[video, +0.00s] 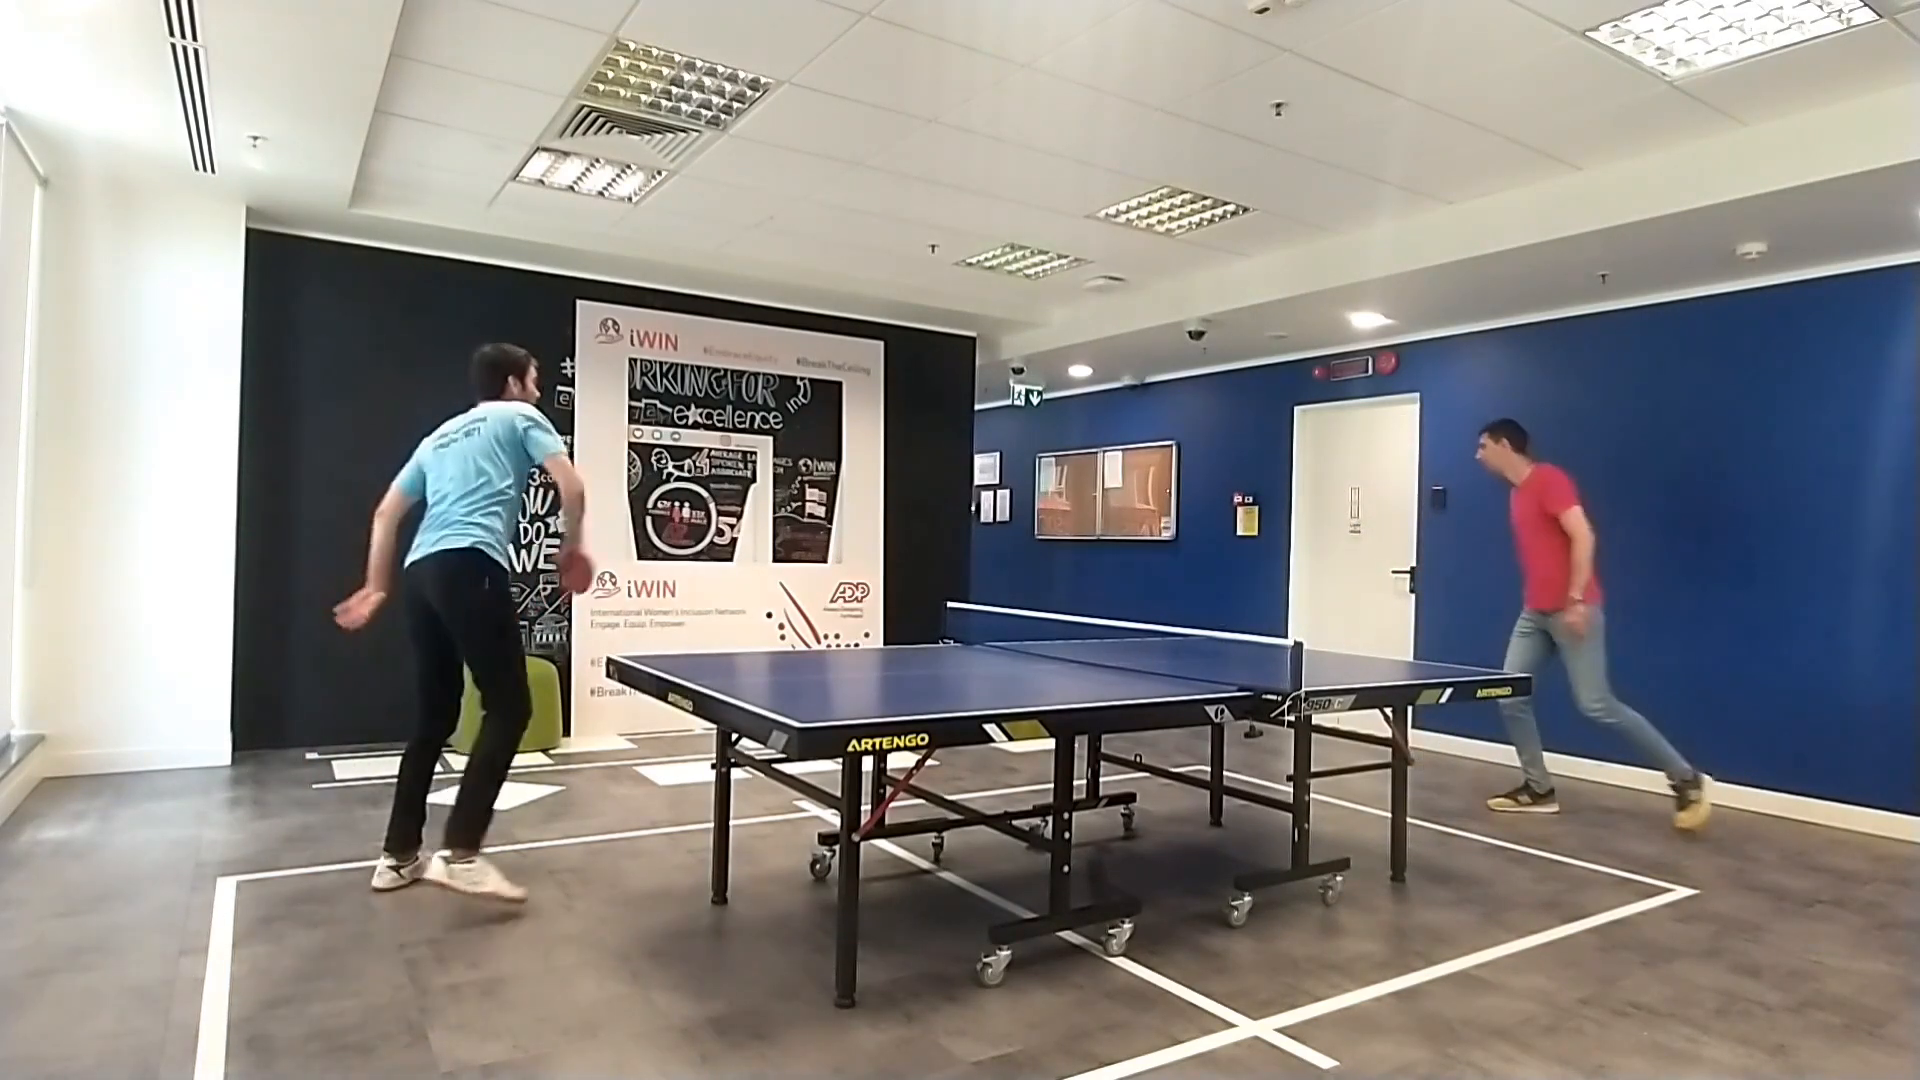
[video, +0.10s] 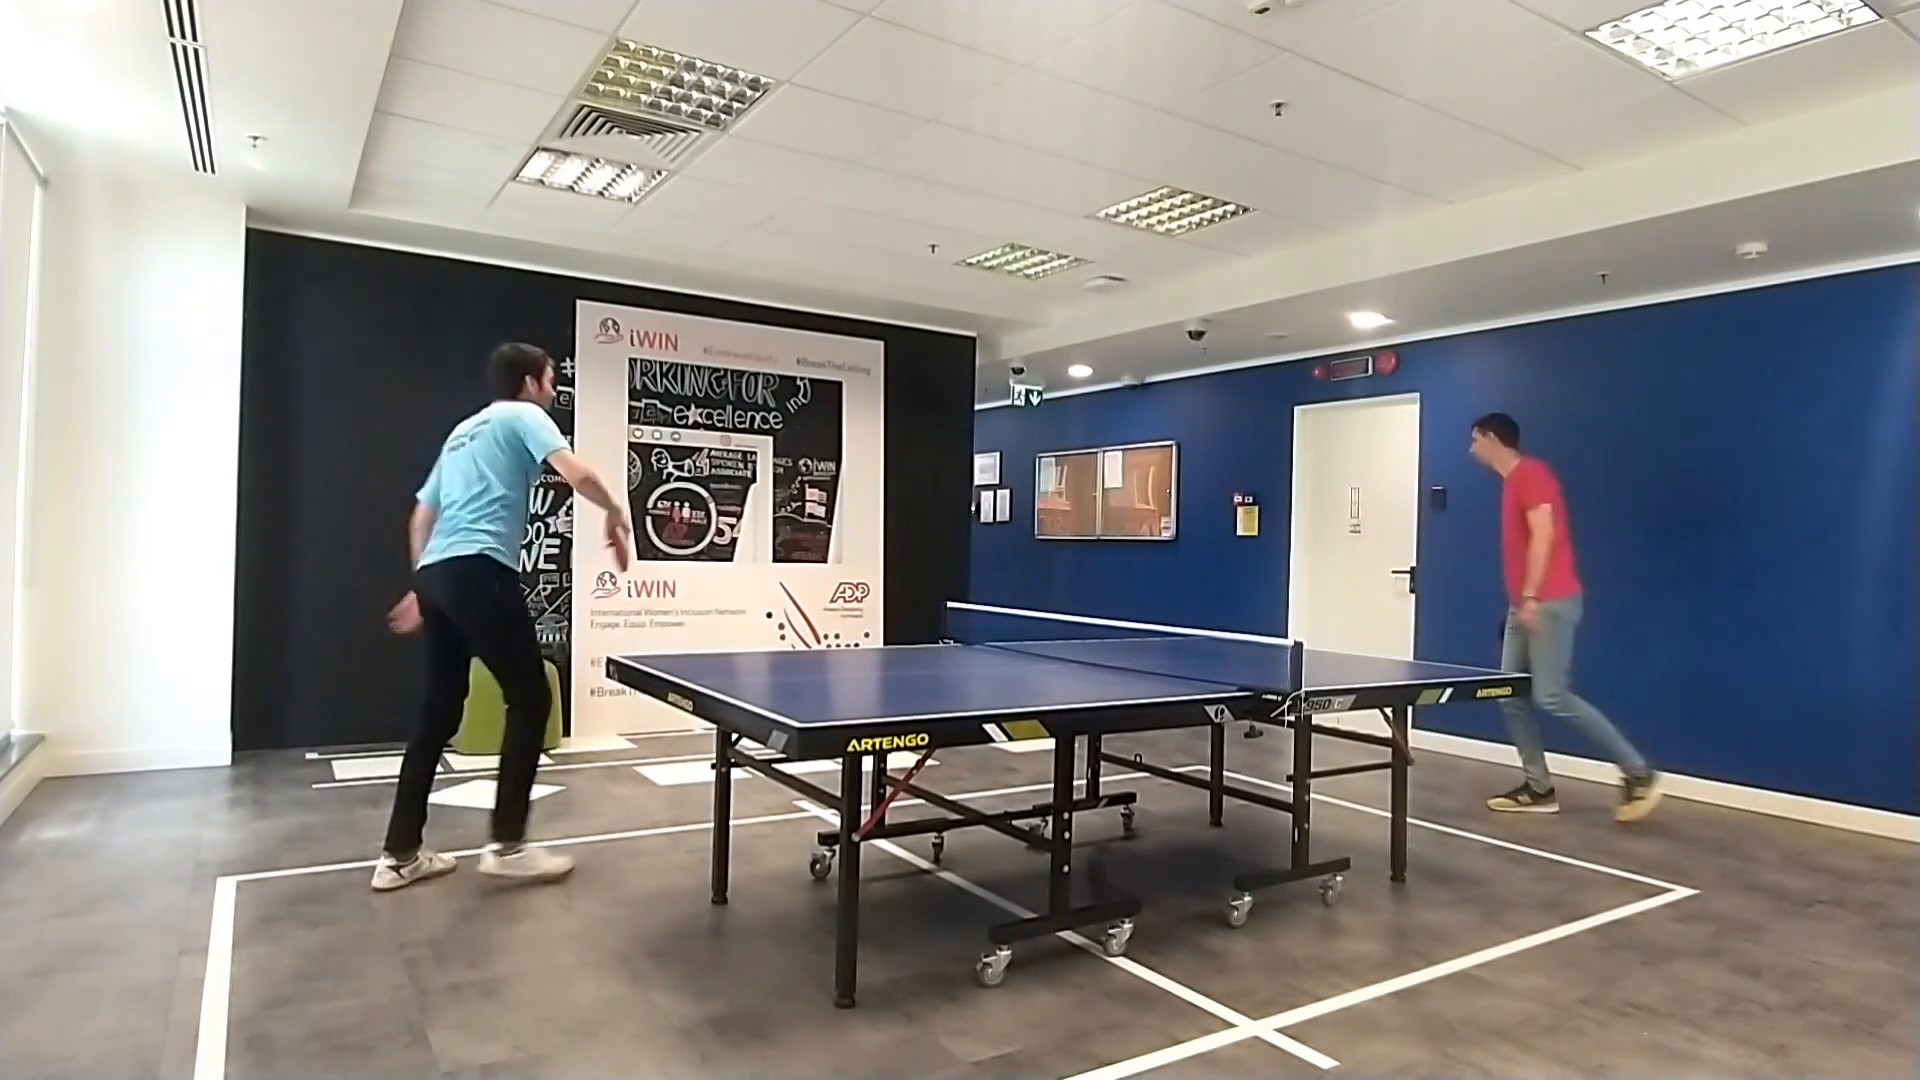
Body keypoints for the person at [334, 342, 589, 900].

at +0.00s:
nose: (537, 394)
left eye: (536, 384)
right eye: (533, 384)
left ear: (484, 386)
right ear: (514, 383)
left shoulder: (439, 437)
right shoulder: (520, 417)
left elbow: (387, 511)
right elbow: (572, 487)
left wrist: (377, 585)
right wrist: (573, 548)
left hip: (421, 577)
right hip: (471, 569)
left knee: (434, 719)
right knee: (509, 709)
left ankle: (397, 857)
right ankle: (459, 855)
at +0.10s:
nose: (553, 392)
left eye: (553, 383)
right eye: (550, 382)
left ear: (501, 384)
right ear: (529, 382)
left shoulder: (462, 433)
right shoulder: (525, 415)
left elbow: (422, 517)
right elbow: (577, 474)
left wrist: (423, 586)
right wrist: (615, 512)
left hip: (436, 575)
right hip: (480, 571)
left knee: (437, 715)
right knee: (530, 698)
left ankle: (400, 855)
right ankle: (507, 846)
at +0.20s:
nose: (570, 397)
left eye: (570, 387)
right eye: (568, 387)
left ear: (520, 388)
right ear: (549, 387)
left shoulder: (480, 431)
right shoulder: (536, 419)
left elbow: (474, 503)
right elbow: (571, 474)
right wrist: (630, 496)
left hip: (452, 580)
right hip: (501, 579)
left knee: (442, 715)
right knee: (541, 699)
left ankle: (402, 852)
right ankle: (561, 827)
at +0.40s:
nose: (615, 414)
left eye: (616, 404)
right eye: (615, 404)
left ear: (565, 398)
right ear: (600, 400)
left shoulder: (524, 439)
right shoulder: (580, 441)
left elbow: (523, 510)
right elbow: (580, 504)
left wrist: (605, 514)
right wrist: (642, 512)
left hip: (504, 591)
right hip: (555, 591)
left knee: (485, 708)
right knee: (585, 700)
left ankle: (414, 830)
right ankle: (593, 813)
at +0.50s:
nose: (636, 415)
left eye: (636, 406)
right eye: (636, 406)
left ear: (592, 397)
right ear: (624, 403)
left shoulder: (550, 437)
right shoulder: (602, 445)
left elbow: (555, 512)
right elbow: (588, 512)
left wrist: (633, 520)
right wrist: (646, 524)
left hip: (533, 590)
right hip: (579, 589)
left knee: (529, 701)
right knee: (612, 695)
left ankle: (446, 790)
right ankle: (595, 813)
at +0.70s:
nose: (662, 407)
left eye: (662, 398)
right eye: (662, 398)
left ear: (619, 390)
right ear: (651, 396)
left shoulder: (582, 432)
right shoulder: (623, 437)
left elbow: (556, 500)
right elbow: (605, 504)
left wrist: (617, 515)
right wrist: (655, 514)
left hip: (572, 572)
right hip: (604, 574)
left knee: (604, 674)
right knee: (623, 686)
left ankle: (547, 771)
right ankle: (595, 812)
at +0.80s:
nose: (673, 411)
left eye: (673, 402)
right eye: (673, 402)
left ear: (632, 393)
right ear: (663, 400)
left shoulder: (598, 434)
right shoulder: (629, 437)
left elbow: (563, 500)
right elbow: (606, 501)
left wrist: (624, 517)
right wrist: (656, 516)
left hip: (590, 570)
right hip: (612, 572)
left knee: (620, 681)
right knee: (626, 683)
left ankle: (595, 781)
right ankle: (595, 810)